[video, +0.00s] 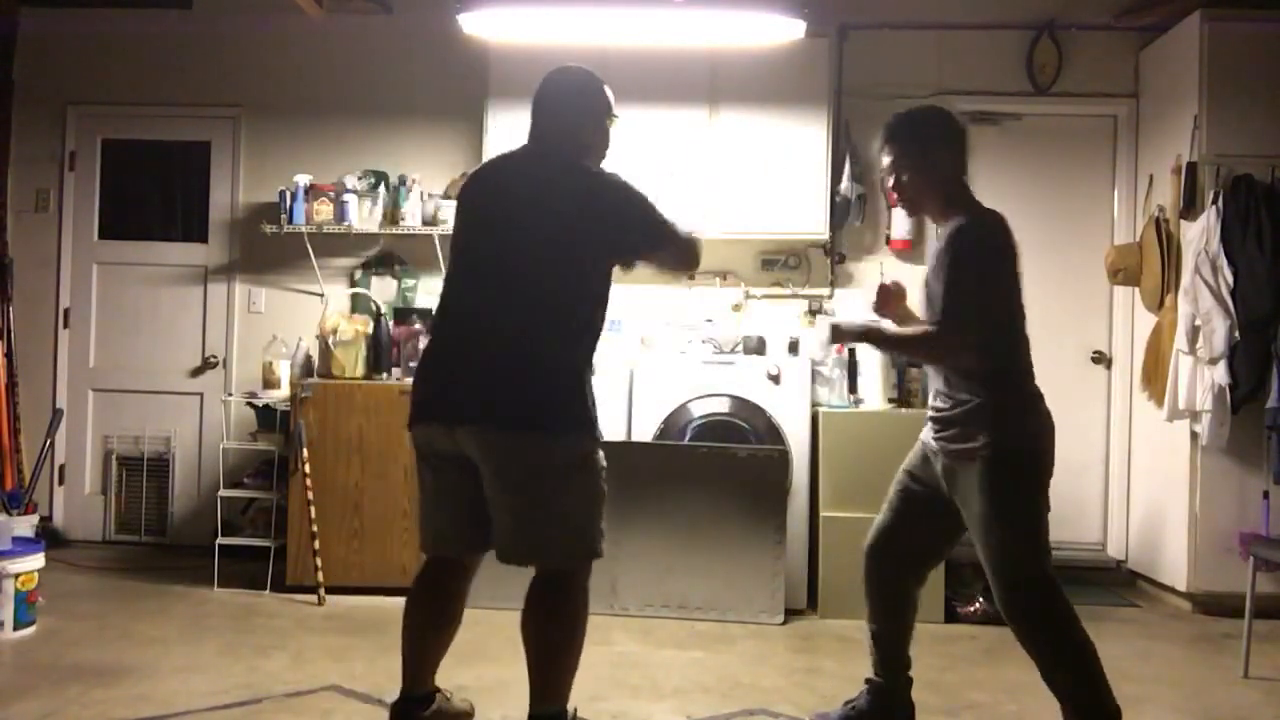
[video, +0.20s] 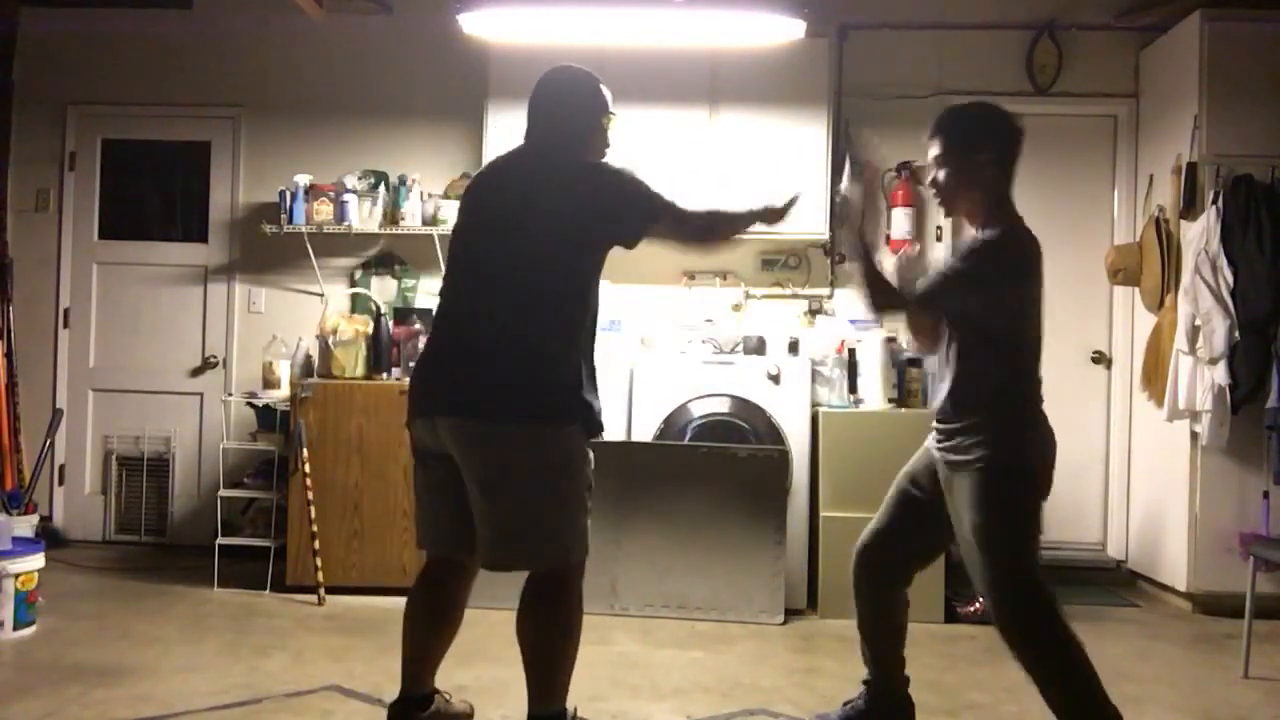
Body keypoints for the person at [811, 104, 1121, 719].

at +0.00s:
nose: (888, 185)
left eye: (898, 169)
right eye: (886, 172)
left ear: (939, 164)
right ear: (932, 171)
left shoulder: (975, 235)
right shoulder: (950, 236)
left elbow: (960, 347)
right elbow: (958, 334)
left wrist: (872, 337)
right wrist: (906, 314)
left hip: (998, 443)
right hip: (945, 438)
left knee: (1026, 598)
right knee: (887, 559)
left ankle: (1097, 715)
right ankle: (889, 695)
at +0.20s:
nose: (929, 179)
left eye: (941, 163)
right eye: (928, 165)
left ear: (986, 164)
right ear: (976, 169)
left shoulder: (1005, 247)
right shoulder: (971, 248)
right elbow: (933, 338)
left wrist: (857, 235)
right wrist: (902, 287)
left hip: (996, 451)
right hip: (949, 444)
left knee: (1019, 614)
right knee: (876, 565)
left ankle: (1102, 719)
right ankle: (886, 697)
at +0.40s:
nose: (939, 164)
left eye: (951, 149)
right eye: (940, 149)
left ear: (996, 154)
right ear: (1007, 158)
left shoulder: (953, 246)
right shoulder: (1051, 245)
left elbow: (865, 319)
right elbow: (1021, 349)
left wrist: (804, 315)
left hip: (964, 444)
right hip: (988, 438)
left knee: (1000, 612)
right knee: (883, 554)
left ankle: (1094, 718)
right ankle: (885, 697)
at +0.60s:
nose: (920, 176)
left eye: (931, 161)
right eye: (918, 164)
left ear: (977, 162)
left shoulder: (1012, 235)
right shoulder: (966, 251)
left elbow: (1006, 335)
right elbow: (958, 339)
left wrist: (929, 323)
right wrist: (911, 338)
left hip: (995, 455)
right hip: (940, 446)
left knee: (1022, 616)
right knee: (860, 555)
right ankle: (881, 695)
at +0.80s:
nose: (888, 185)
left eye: (902, 172)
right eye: (885, 175)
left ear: (945, 174)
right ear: (883, 183)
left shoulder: (1006, 250)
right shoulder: (881, 260)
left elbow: (1049, 328)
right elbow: (821, 266)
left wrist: (971, 275)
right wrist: (792, 212)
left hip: (1002, 445)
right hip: (916, 446)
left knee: (1050, 598)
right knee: (870, 580)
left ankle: (1100, 714)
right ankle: (863, 687)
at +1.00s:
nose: (880, 181)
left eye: (892, 165)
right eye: (876, 169)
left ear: (938, 163)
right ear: (879, 177)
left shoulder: (1005, 241)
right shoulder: (881, 268)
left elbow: (1027, 335)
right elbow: (870, 371)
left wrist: (948, 282)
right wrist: (841, 332)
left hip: (988, 448)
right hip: (904, 447)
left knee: (1039, 612)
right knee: (855, 585)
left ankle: (1100, 719)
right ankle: (865, 696)